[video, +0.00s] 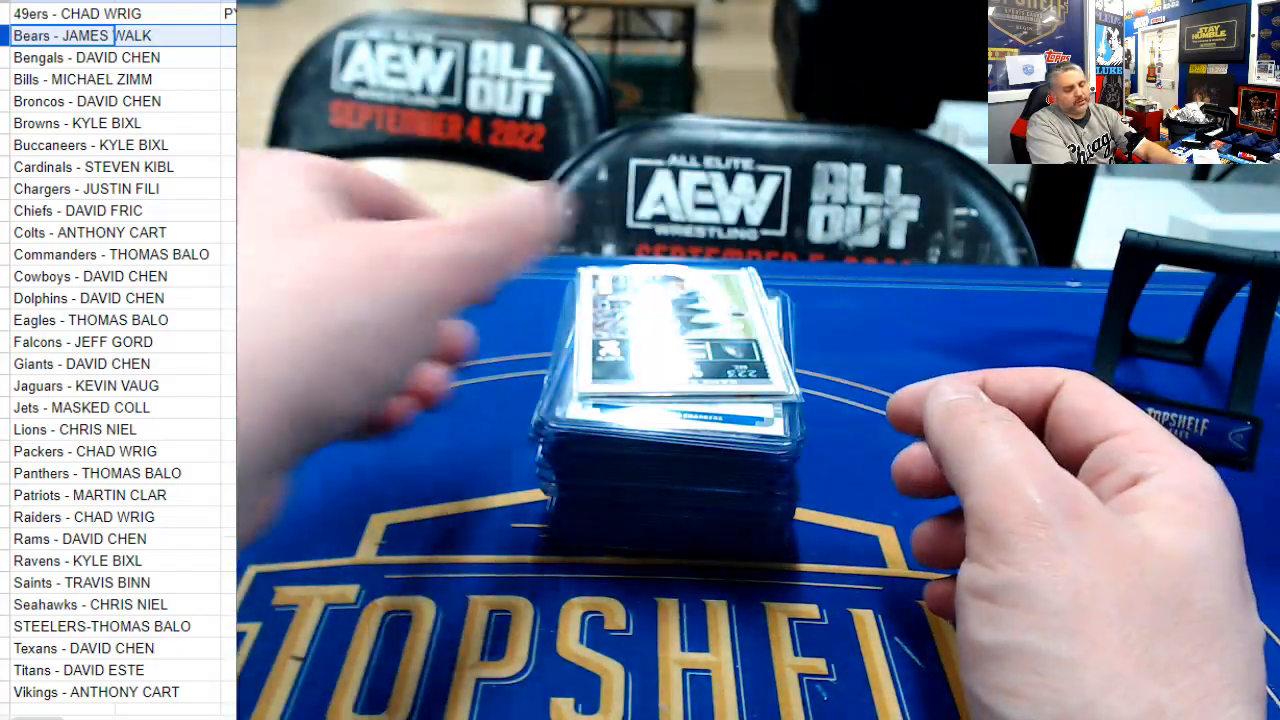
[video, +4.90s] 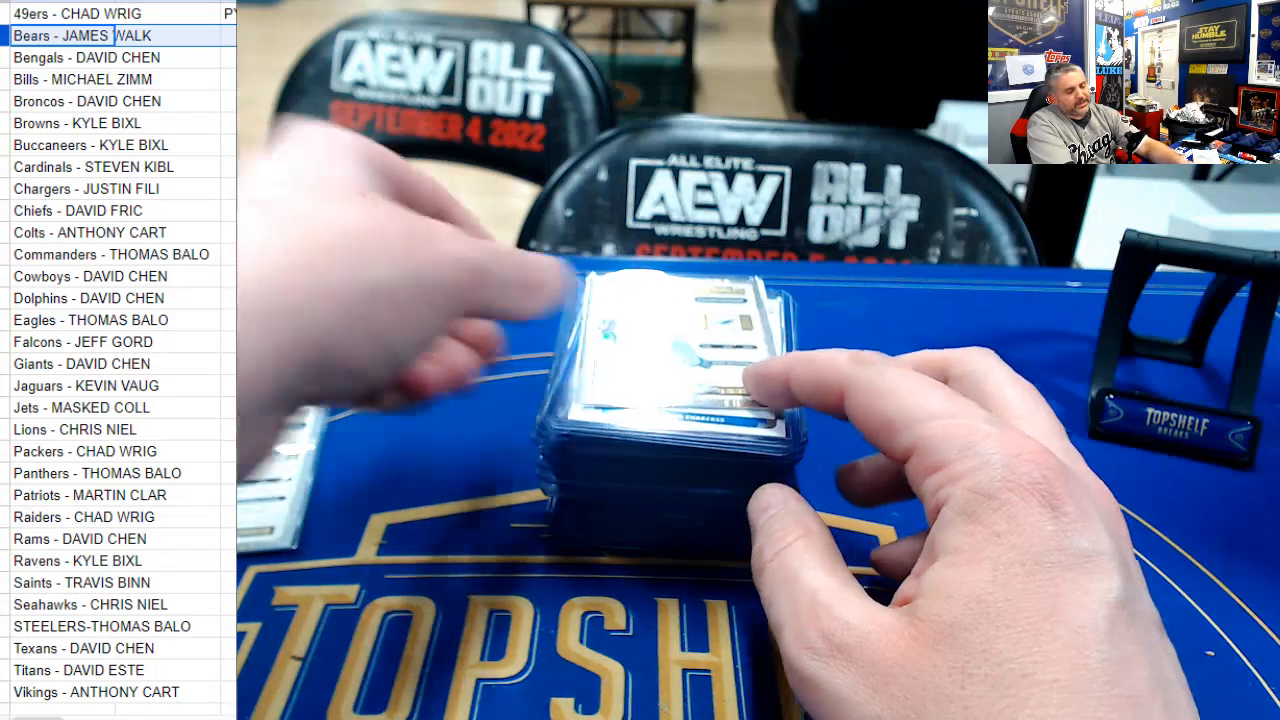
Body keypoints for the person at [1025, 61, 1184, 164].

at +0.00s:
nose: (1080, 93)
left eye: (1082, 85)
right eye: (1069, 90)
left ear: (1088, 85)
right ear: (1053, 97)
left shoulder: (1104, 114)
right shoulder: (1042, 123)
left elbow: (1146, 149)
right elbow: (1062, 174)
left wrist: (1184, 167)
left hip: (1113, 188)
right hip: (1070, 197)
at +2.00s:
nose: (1085, 94)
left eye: (1087, 86)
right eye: (1074, 90)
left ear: (1091, 85)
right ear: (1057, 95)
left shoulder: (1106, 114)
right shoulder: (1043, 122)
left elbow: (1145, 149)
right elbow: (1062, 176)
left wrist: (1178, 161)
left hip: (1114, 186)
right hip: (1072, 197)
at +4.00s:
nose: (1078, 95)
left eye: (1079, 85)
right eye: (1067, 91)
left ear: (1085, 84)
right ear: (1050, 100)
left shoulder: (1105, 114)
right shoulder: (1040, 124)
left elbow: (1146, 147)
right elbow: (1061, 178)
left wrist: (1177, 163)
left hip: (1114, 188)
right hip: (1071, 198)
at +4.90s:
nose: (1081, 95)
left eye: (1082, 86)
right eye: (1070, 91)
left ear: (1088, 85)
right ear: (1053, 100)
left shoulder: (1106, 114)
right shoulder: (1042, 123)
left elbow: (1147, 147)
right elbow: (1060, 178)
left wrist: (1185, 165)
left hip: (1115, 189)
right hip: (1072, 198)